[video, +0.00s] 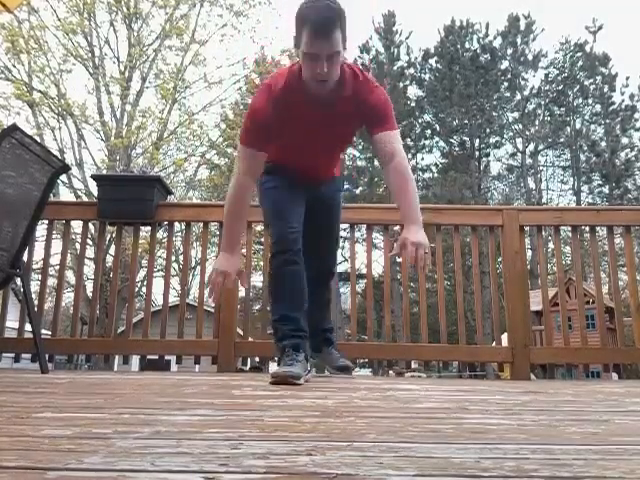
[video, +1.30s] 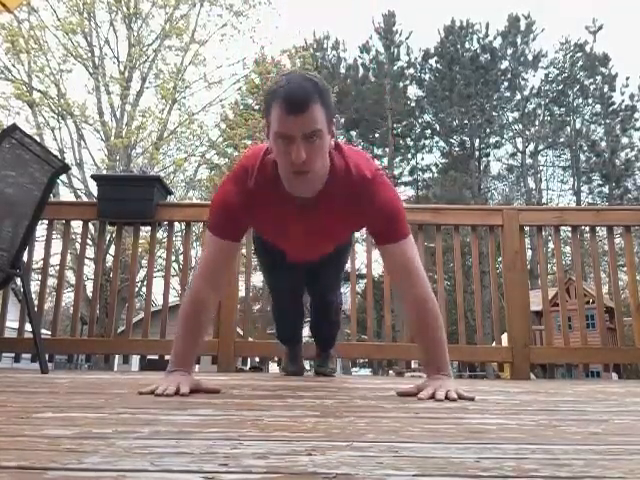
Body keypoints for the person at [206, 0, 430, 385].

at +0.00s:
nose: (323, 68)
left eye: (332, 56)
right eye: (312, 57)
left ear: (344, 47)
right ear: (297, 49)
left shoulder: (366, 93)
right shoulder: (272, 95)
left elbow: (394, 158)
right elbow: (244, 176)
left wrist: (413, 224)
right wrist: (229, 250)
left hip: (326, 176)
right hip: (280, 174)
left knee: (323, 262)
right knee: (286, 245)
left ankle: (320, 347)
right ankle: (290, 350)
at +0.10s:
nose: (316, 98)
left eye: (326, 85)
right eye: (306, 87)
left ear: (341, 73)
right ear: (290, 75)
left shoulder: (366, 111)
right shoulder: (267, 113)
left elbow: (394, 182)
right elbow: (238, 198)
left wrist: (415, 252)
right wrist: (222, 274)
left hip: (325, 180)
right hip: (278, 176)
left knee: (322, 261)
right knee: (285, 244)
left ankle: (317, 342)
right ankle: (291, 351)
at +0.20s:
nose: (311, 124)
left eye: (321, 112)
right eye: (299, 113)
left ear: (336, 98)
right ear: (284, 100)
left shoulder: (363, 129)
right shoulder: (261, 132)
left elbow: (394, 204)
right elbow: (235, 215)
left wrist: (415, 280)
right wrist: (213, 295)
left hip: (325, 185)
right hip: (279, 183)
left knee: (320, 259)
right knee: (284, 248)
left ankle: (318, 342)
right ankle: (292, 352)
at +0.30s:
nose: (307, 162)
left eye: (318, 151)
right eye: (297, 151)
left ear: (334, 133)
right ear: (280, 134)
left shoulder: (361, 157)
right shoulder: (257, 160)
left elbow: (392, 240)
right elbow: (228, 241)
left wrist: (418, 321)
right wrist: (202, 323)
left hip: (324, 195)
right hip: (277, 193)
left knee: (318, 261)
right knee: (283, 247)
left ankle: (316, 346)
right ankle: (293, 352)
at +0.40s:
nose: (308, 182)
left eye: (318, 172)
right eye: (297, 172)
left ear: (334, 153)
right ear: (281, 153)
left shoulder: (361, 173)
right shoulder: (254, 175)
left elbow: (394, 260)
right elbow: (223, 258)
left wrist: (422, 344)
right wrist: (194, 340)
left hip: (326, 201)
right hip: (276, 201)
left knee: (319, 263)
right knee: (280, 251)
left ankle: (317, 347)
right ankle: (293, 353)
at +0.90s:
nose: (314, 197)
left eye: (326, 184)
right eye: (302, 185)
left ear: (347, 164)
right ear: (283, 163)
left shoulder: (379, 189)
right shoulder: (250, 187)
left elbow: (417, 283)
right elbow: (208, 285)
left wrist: (437, 376)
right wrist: (180, 369)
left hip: (342, 224)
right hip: (280, 216)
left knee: (328, 291)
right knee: (237, 281)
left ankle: (321, 346)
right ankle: (287, 321)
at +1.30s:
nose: (299, 154)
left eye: (311, 138)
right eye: (285, 139)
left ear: (331, 133)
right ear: (267, 136)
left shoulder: (367, 185)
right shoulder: (243, 185)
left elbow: (413, 284)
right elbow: (206, 284)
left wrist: (438, 374)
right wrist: (180, 370)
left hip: (332, 240)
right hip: (273, 240)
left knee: (326, 301)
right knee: (286, 304)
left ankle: (324, 355)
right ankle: (291, 354)